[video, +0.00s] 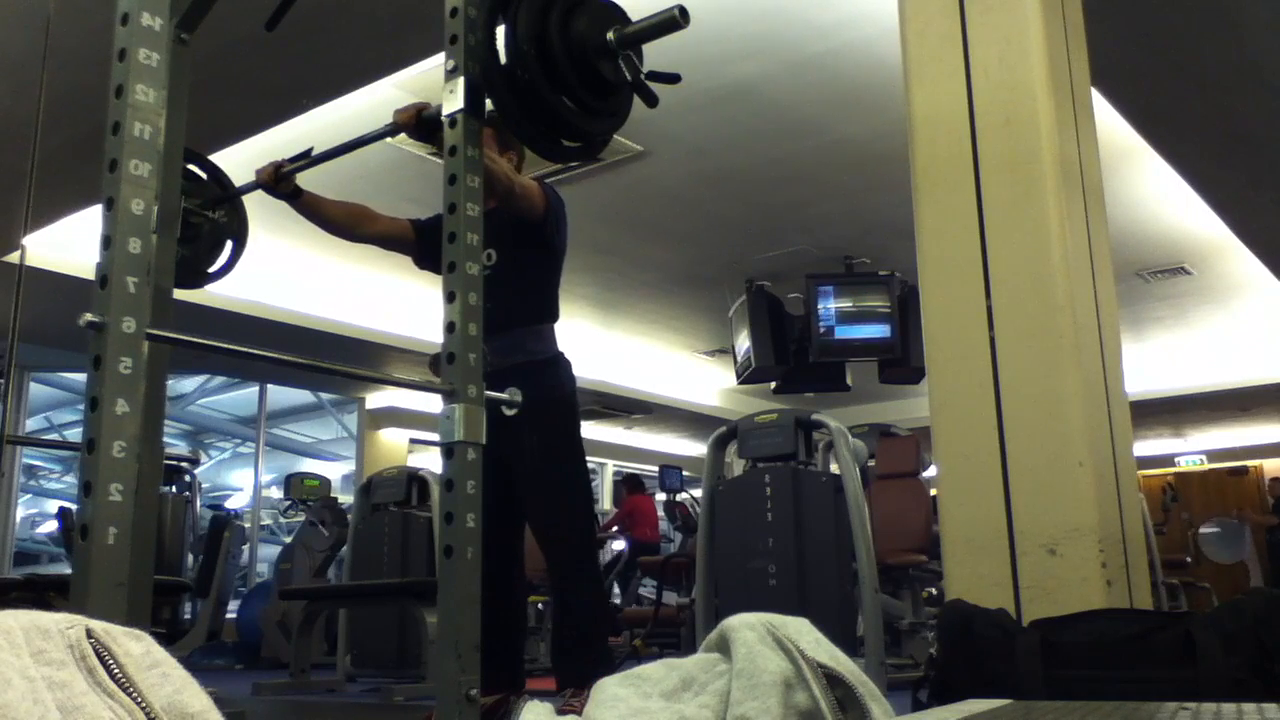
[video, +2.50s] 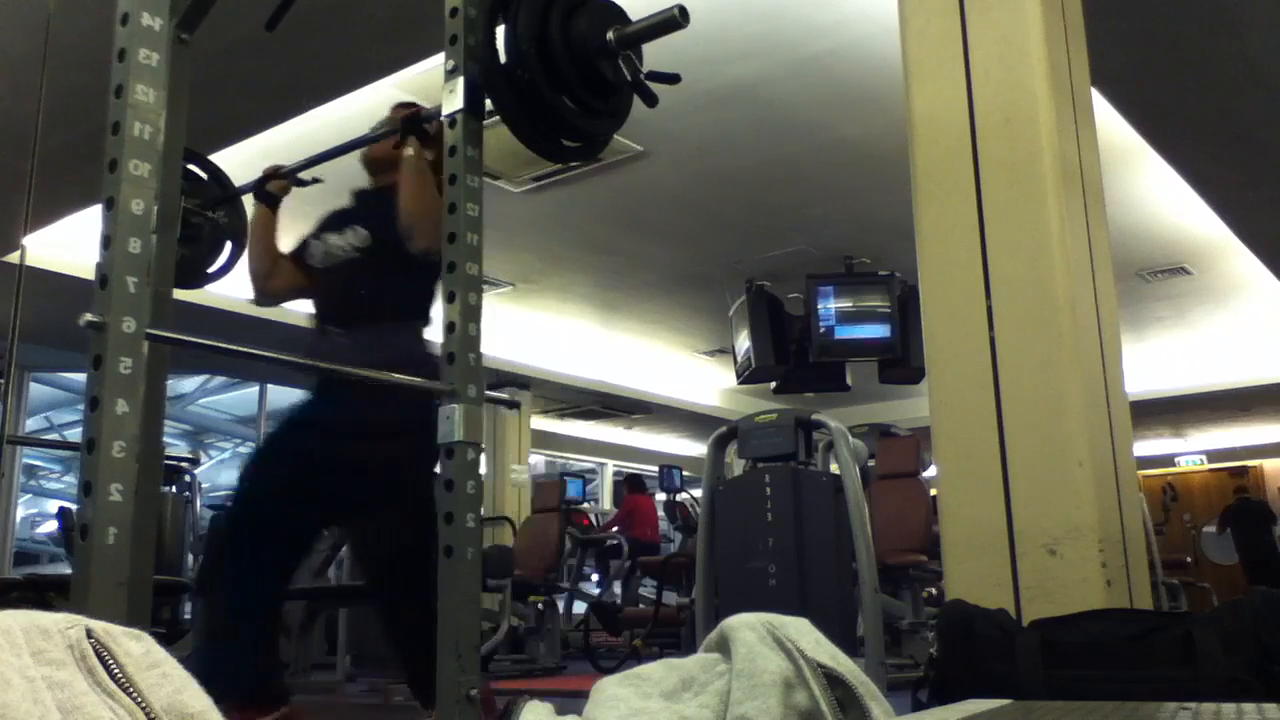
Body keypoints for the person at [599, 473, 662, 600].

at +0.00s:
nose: (624, 491)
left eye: (625, 488)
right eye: (624, 488)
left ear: (629, 488)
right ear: (641, 486)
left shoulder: (631, 501)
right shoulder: (649, 500)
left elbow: (617, 519)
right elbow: (634, 523)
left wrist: (602, 529)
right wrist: (617, 532)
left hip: (637, 546)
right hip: (654, 546)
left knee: (609, 569)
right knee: (625, 572)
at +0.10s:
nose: (624, 491)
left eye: (625, 488)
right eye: (624, 488)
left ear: (629, 488)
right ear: (642, 487)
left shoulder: (630, 500)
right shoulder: (649, 500)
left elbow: (615, 519)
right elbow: (638, 522)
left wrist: (600, 530)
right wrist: (619, 531)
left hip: (637, 545)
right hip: (654, 545)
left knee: (614, 559)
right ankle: (633, 592)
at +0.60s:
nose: (624, 490)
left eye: (625, 487)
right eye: (624, 487)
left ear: (629, 487)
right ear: (643, 486)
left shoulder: (631, 500)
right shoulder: (649, 500)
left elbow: (616, 520)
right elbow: (635, 522)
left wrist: (600, 530)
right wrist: (617, 533)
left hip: (636, 544)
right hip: (653, 545)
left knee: (605, 553)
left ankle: (610, 584)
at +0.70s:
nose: (623, 491)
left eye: (624, 487)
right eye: (623, 488)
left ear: (629, 487)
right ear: (642, 486)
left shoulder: (631, 500)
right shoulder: (649, 500)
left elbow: (615, 521)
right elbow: (632, 523)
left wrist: (600, 529)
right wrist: (615, 533)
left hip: (636, 546)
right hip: (654, 546)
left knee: (603, 552)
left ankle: (606, 586)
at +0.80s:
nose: (623, 491)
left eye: (624, 487)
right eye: (623, 487)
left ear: (629, 487)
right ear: (642, 486)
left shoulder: (631, 500)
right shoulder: (649, 500)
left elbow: (617, 520)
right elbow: (636, 523)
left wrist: (601, 529)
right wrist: (618, 532)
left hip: (637, 543)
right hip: (654, 544)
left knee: (624, 574)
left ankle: (629, 605)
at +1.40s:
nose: (626, 490)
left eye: (627, 487)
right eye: (626, 487)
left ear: (631, 487)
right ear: (643, 486)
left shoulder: (631, 500)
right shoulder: (649, 500)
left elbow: (618, 518)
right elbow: (636, 522)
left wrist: (602, 528)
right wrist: (618, 532)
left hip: (636, 546)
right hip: (654, 547)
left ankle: (621, 595)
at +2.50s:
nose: (624, 490)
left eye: (625, 487)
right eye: (625, 487)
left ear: (629, 486)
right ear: (642, 485)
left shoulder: (631, 500)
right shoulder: (649, 500)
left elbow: (617, 520)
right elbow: (636, 524)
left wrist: (600, 530)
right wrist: (617, 532)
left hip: (636, 545)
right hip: (653, 546)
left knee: (602, 553)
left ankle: (606, 590)